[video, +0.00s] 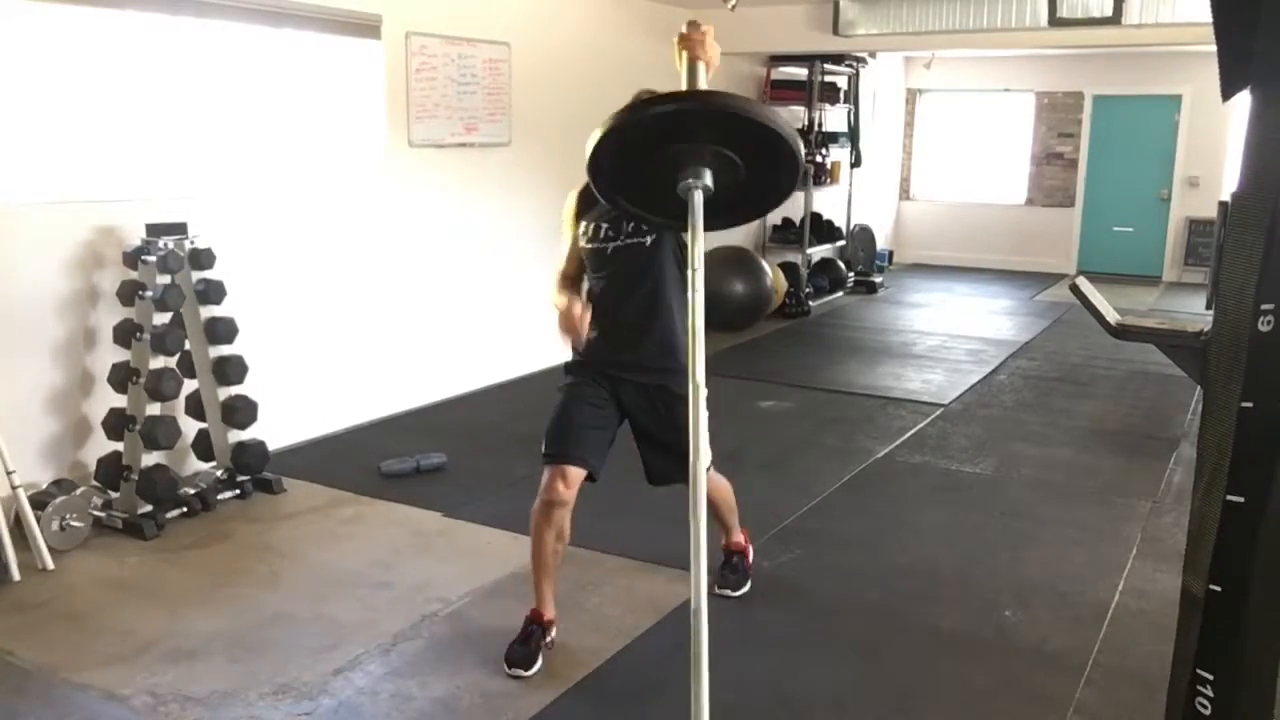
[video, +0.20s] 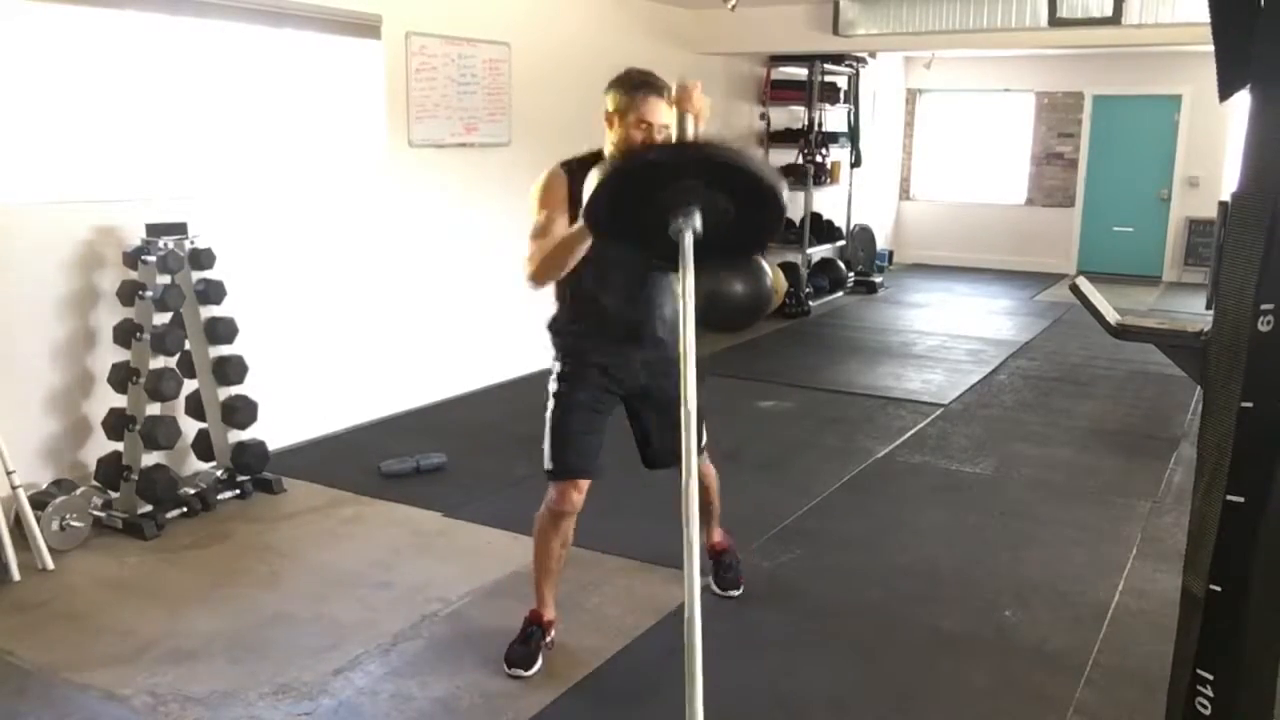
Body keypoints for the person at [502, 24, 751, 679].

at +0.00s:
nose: (634, 140)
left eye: (646, 130)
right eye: (627, 131)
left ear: (663, 138)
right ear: (611, 138)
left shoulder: (677, 192)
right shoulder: (590, 198)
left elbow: (704, 133)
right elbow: (571, 272)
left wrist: (701, 67)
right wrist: (570, 303)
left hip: (666, 369)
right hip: (598, 366)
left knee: (697, 475)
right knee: (558, 484)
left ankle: (736, 541)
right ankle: (541, 614)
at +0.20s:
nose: (655, 139)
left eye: (663, 128)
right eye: (643, 125)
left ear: (672, 128)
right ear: (611, 121)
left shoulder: (668, 178)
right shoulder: (567, 179)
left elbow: (706, 205)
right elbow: (541, 271)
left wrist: (695, 126)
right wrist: (597, 215)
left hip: (659, 354)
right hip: (586, 356)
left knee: (697, 466)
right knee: (566, 494)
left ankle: (715, 541)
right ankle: (541, 617)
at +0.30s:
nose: (669, 133)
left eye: (674, 123)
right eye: (658, 121)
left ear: (677, 123)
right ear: (621, 116)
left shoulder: (678, 167)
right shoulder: (574, 173)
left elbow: (698, 244)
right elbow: (560, 259)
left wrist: (689, 194)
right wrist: (634, 203)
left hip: (654, 336)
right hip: (584, 343)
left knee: (687, 451)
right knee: (576, 495)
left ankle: (691, 550)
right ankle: (524, 614)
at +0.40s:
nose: (689, 141)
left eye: (692, 129)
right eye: (681, 128)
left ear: (658, 127)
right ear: (642, 122)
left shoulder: (668, 188)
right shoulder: (591, 182)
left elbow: (665, 268)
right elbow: (571, 268)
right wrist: (662, 244)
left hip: (645, 347)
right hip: (585, 352)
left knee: (679, 449)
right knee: (577, 497)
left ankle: (678, 557)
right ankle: (488, 613)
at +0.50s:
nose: (711, 165)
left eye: (712, 152)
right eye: (704, 151)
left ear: (673, 150)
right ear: (668, 147)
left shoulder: (662, 206)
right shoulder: (623, 209)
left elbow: (659, 284)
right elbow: (599, 294)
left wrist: (701, 308)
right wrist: (679, 314)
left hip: (626, 353)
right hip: (581, 362)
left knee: (677, 445)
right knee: (581, 509)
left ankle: (675, 565)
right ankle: (475, 620)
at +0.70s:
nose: (732, 242)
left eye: (733, 229)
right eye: (728, 228)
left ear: (688, 226)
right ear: (702, 227)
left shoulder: (642, 258)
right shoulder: (677, 295)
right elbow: (674, 403)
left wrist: (681, 388)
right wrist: (698, 465)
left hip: (618, 401)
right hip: (576, 415)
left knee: (670, 472)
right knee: (597, 555)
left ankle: (671, 559)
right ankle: (462, 625)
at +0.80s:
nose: (742, 274)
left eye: (744, 263)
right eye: (740, 261)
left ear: (696, 260)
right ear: (710, 262)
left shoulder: (637, 282)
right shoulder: (693, 336)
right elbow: (688, 448)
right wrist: (688, 530)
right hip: (574, 432)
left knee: (690, 444)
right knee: (603, 570)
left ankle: (665, 539)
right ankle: (467, 622)